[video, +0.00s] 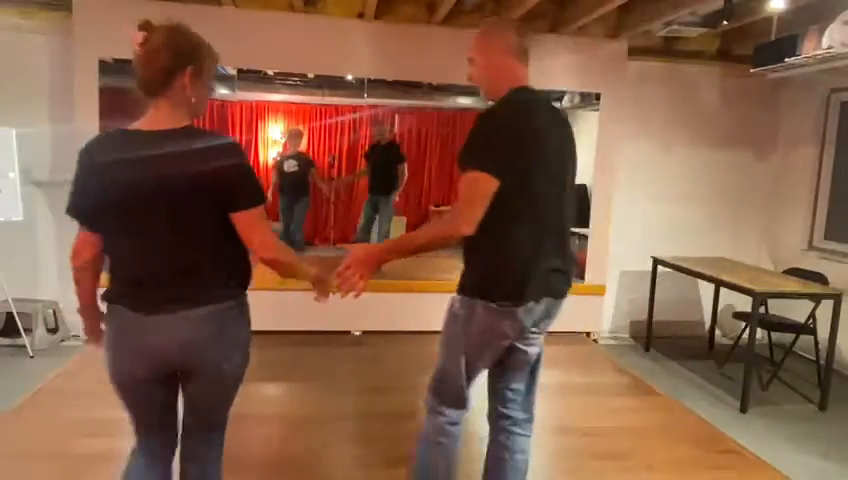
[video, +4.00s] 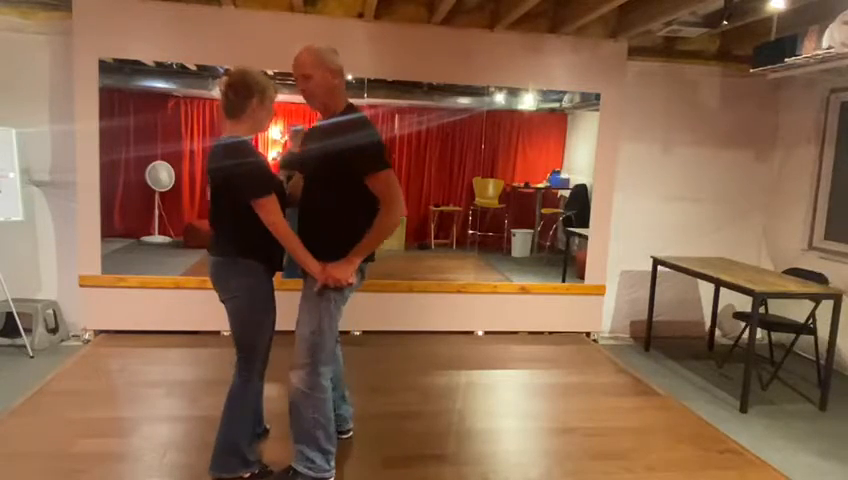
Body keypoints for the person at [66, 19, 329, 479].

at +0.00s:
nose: (212, 93)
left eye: (213, 81)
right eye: (210, 80)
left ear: (147, 79)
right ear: (186, 80)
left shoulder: (101, 154)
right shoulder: (220, 153)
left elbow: (84, 258)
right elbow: (265, 249)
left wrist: (90, 314)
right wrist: (310, 274)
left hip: (134, 329)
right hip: (213, 325)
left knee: (152, 441)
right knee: (206, 438)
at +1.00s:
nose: (257, 108)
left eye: (257, 101)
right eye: (253, 101)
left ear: (215, 104)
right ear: (230, 104)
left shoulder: (198, 154)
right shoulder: (242, 160)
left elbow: (203, 213)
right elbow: (271, 224)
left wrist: (262, 189)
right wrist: (324, 236)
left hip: (207, 271)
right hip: (244, 275)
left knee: (231, 353)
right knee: (246, 364)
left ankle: (198, 445)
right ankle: (230, 455)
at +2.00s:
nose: (271, 115)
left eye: (269, 108)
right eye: (268, 108)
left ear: (233, 110)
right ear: (258, 111)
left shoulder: (237, 153)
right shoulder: (247, 159)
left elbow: (271, 197)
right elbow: (274, 216)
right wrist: (313, 246)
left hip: (245, 253)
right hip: (251, 257)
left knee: (253, 341)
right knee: (252, 345)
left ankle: (247, 421)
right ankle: (232, 440)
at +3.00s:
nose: (271, 116)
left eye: (270, 109)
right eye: (268, 109)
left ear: (234, 111)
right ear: (253, 110)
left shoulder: (224, 152)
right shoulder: (255, 154)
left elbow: (218, 210)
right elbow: (273, 210)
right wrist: (305, 250)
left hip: (227, 250)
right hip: (248, 254)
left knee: (252, 342)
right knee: (259, 347)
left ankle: (236, 429)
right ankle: (237, 452)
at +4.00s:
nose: (271, 114)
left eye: (271, 106)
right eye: (269, 106)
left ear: (231, 104)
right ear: (255, 105)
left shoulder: (223, 152)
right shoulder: (245, 158)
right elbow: (275, 224)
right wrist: (317, 270)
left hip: (231, 263)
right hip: (246, 270)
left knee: (253, 355)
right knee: (251, 363)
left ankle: (251, 429)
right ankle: (232, 464)